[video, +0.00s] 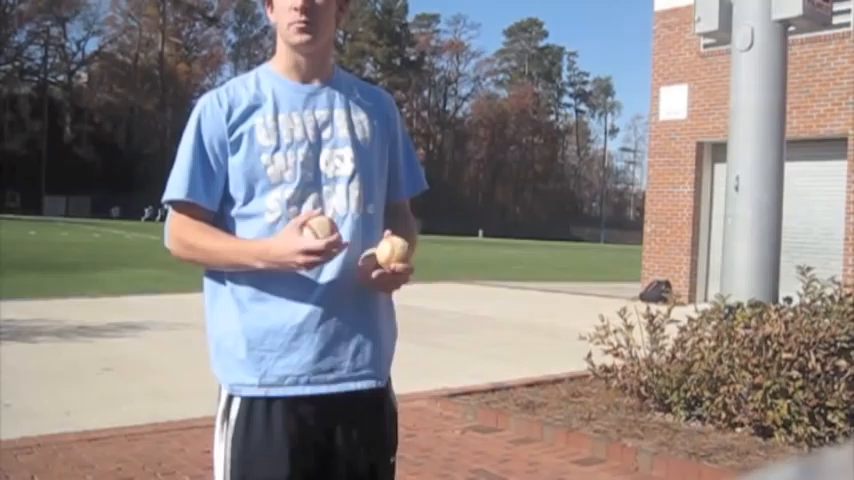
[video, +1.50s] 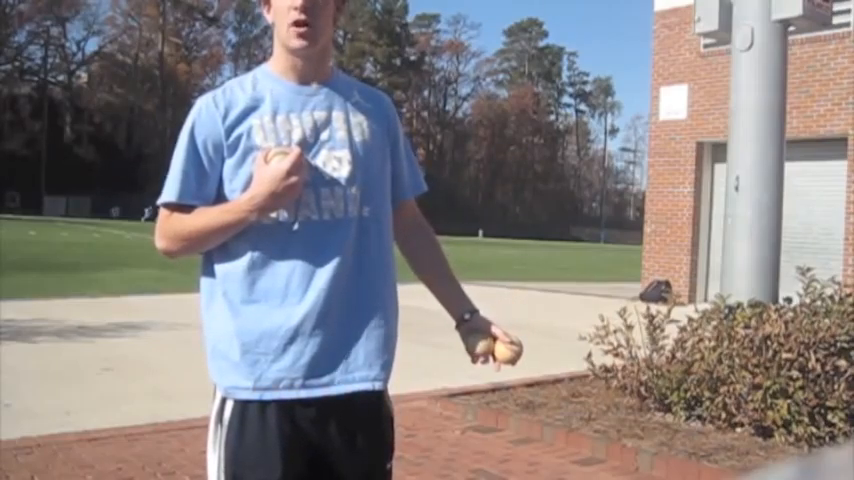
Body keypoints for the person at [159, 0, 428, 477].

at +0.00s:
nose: (305, 7)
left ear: (341, 10)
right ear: (271, 9)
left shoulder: (377, 108)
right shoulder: (222, 109)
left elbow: (400, 214)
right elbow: (181, 234)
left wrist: (396, 257)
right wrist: (271, 251)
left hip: (361, 380)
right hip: (262, 385)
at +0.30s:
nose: (300, 8)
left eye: (313, 1)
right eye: (287, 1)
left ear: (337, 12)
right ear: (266, 12)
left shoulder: (377, 108)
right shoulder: (219, 113)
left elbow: (413, 216)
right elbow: (172, 237)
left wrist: (475, 295)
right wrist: (255, 208)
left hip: (360, 382)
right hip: (258, 387)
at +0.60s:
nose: (304, 7)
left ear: (339, 9)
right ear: (268, 10)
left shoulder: (377, 108)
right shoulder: (221, 111)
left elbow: (412, 219)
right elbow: (172, 235)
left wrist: (473, 311)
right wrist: (257, 202)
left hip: (360, 381)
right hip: (260, 385)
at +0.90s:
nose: (305, 8)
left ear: (341, 10)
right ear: (269, 10)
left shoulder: (377, 109)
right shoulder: (221, 111)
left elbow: (410, 222)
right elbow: (171, 235)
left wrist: (469, 315)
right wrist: (256, 201)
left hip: (359, 382)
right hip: (260, 386)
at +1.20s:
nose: (302, 9)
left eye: (316, 2)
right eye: (290, 1)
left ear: (339, 12)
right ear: (269, 12)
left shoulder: (377, 110)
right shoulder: (219, 111)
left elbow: (411, 223)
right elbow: (170, 235)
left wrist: (471, 318)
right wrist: (256, 200)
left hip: (358, 384)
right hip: (257, 387)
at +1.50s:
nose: (303, 8)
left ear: (339, 10)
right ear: (268, 9)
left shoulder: (376, 111)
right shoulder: (218, 112)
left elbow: (409, 224)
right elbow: (169, 236)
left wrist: (468, 318)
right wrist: (254, 201)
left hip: (357, 385)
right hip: (256, 389)